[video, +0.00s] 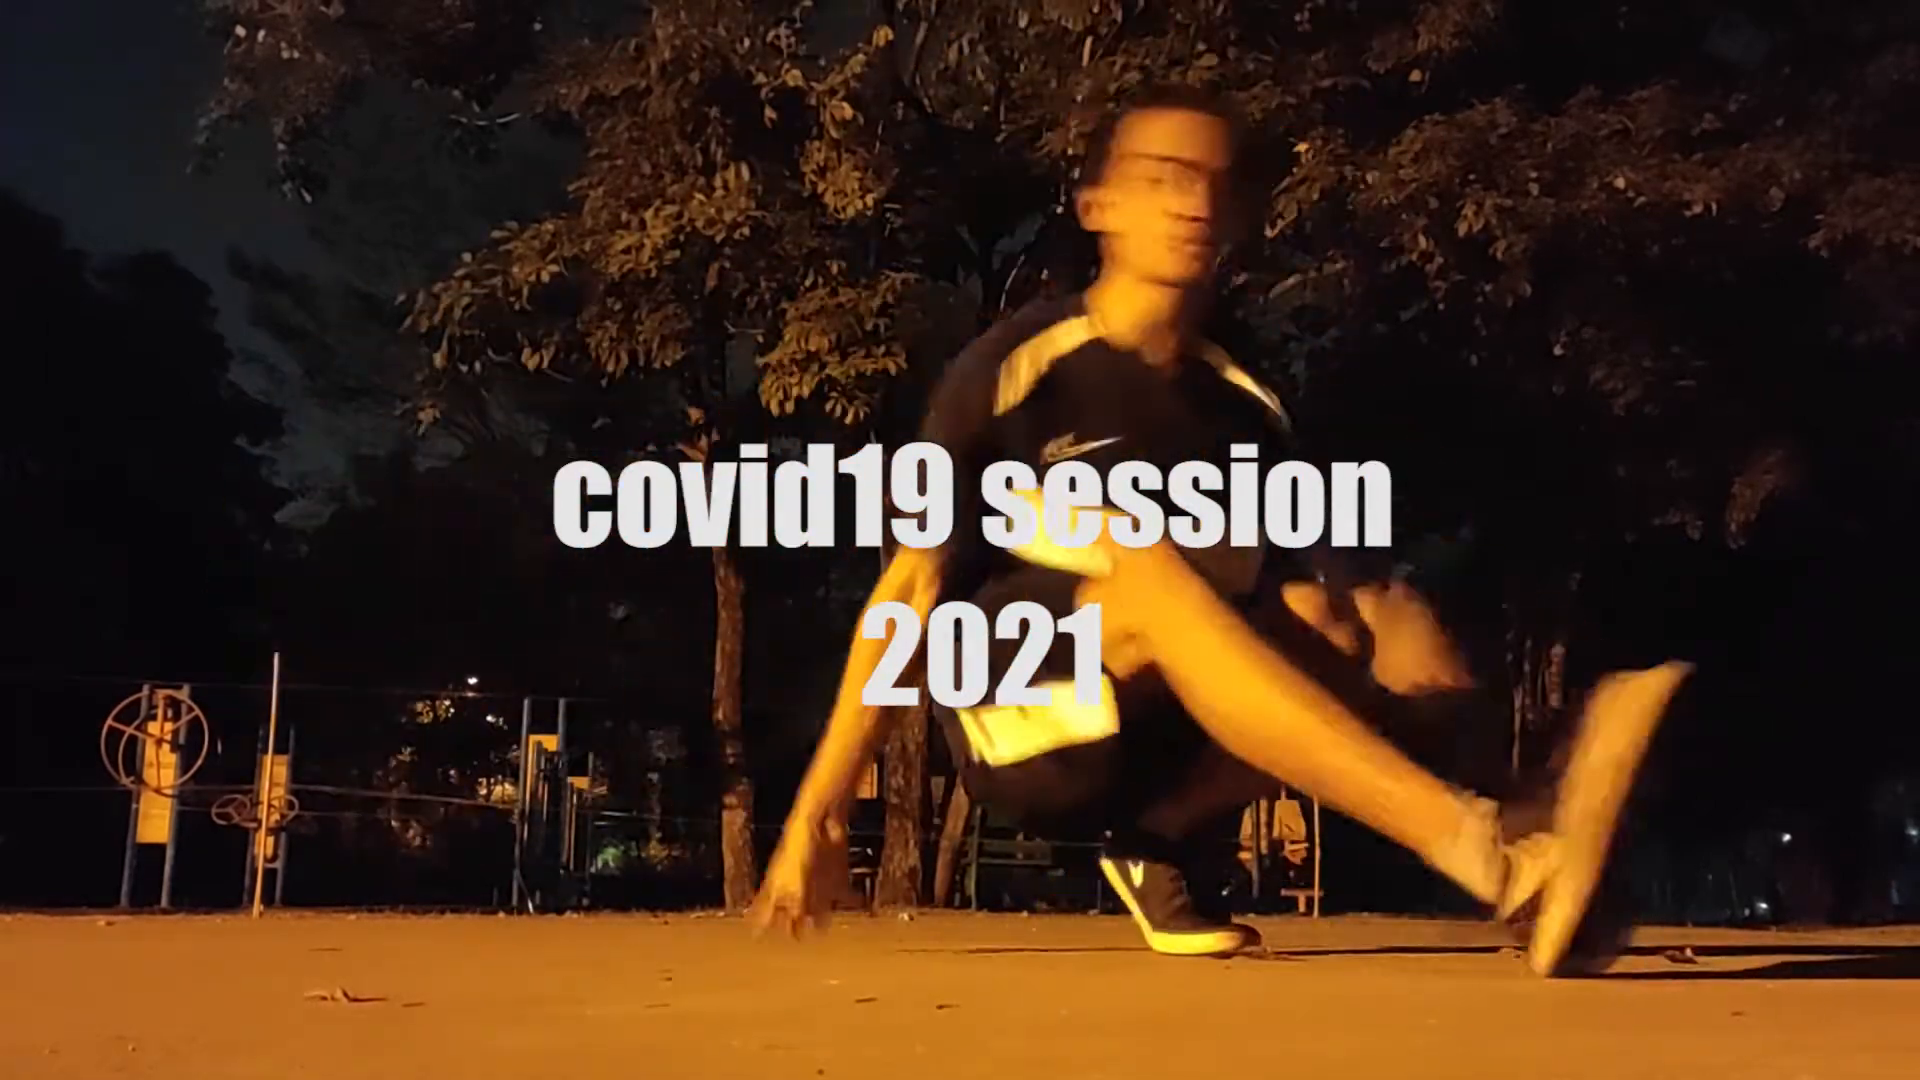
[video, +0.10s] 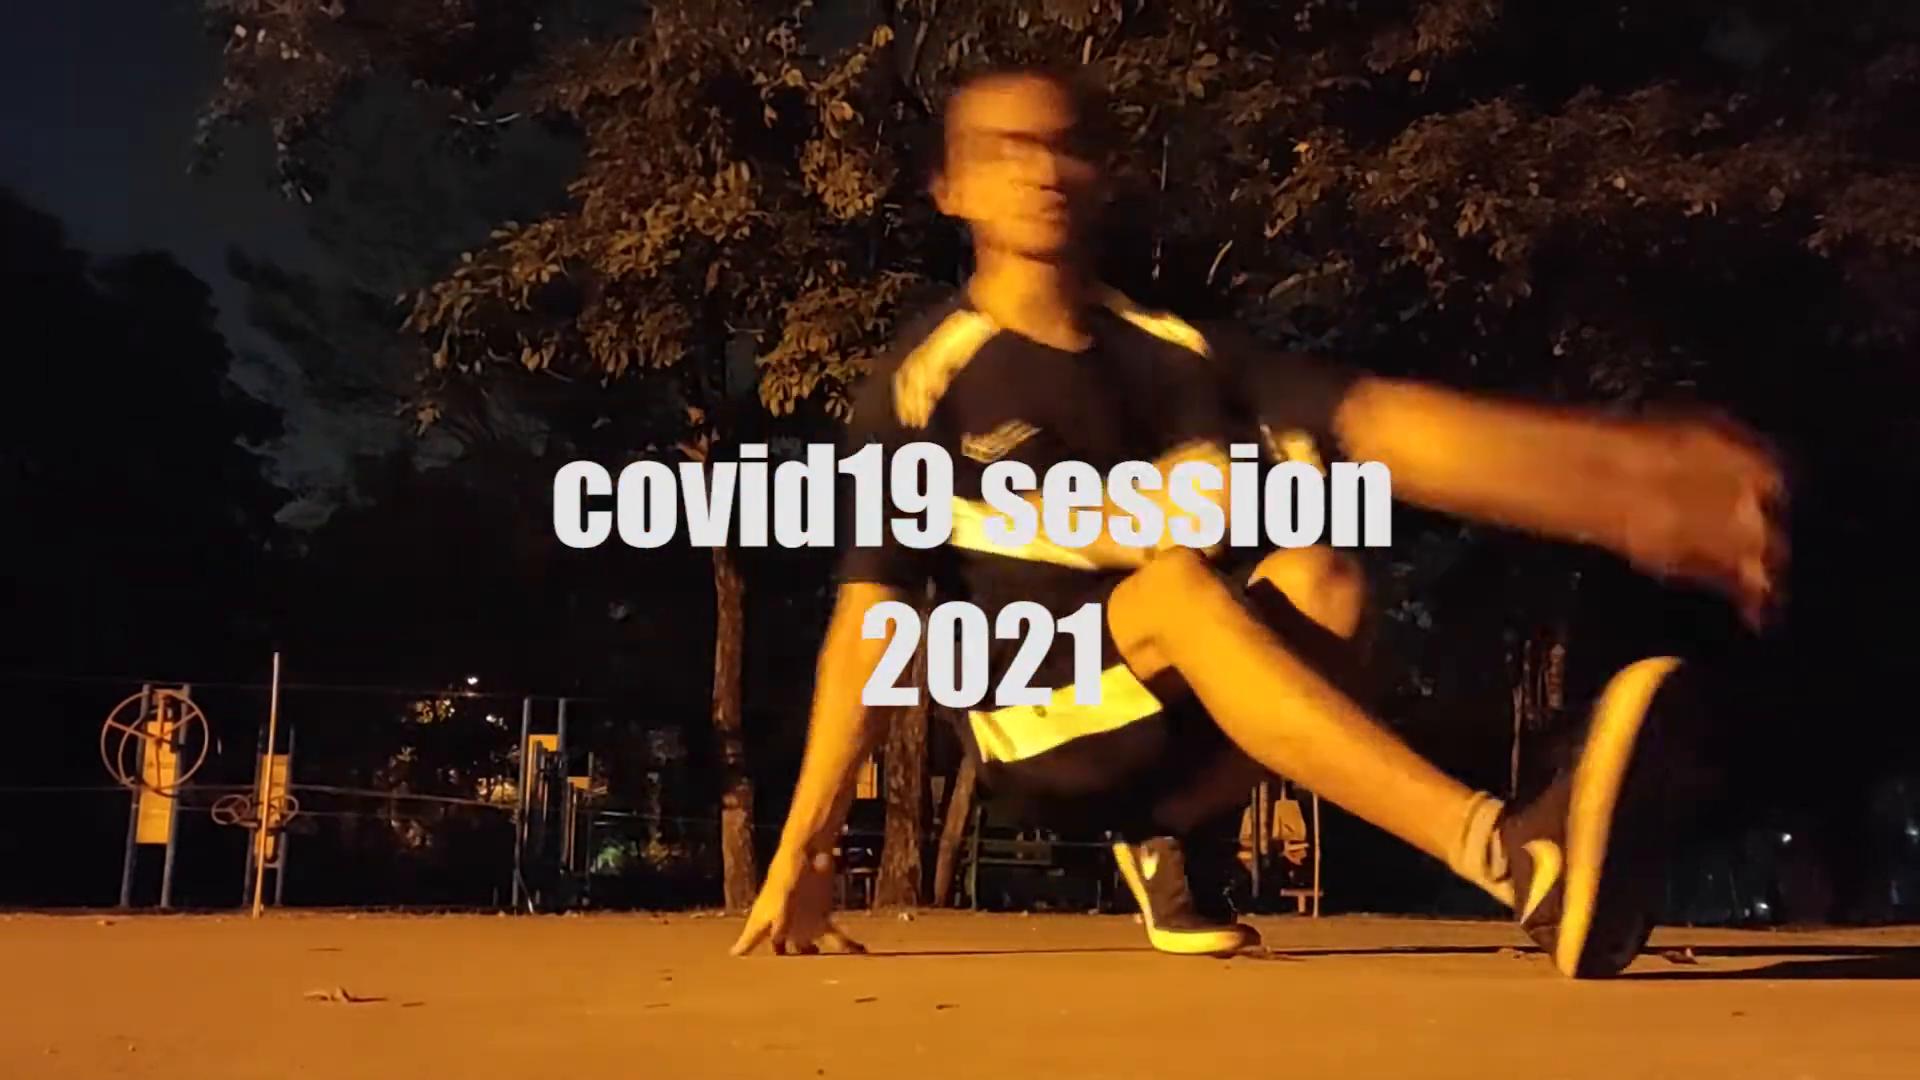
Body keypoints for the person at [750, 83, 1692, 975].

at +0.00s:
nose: (1189, 202)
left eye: (1210, 184)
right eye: (1160, 176)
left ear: (1237, 222)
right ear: (1095, 204)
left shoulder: (1249, 406)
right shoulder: (1000, 377)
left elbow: (1290, 596)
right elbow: (903, 604)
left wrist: (1369, 630)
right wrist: (811, 818)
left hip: (1192, 729)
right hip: (1027, 739)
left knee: (1392, 615)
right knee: (1149, 580)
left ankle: (1160, 842)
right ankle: (1482, 851)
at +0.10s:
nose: (1049, 173)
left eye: (1070, 150)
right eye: (1009, 152)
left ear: (1102, 184)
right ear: (952, 195)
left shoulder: (1179, 358)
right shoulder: (928, 384)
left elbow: (1366, 420)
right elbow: (869, 617)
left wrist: (1615, 475)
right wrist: (804, 849)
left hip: (1205, 711)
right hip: (1044, 743)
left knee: (1328, 549)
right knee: (1172, 585)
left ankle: (1173, 837)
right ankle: (1505, 858)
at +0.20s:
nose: (885, 160)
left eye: (908, 133)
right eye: (849, 144)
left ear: (955, 158)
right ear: (806, 194)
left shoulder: (1071, 277)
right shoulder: (824, 392)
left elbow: (1261, 232)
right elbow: (811, 625)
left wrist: (1442, 84)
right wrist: (788, 864)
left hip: (1169, 592)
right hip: (1010, 669)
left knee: (1273, 462)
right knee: (1139, 601)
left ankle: (1275, 858)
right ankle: (1508, 863)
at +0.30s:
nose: (814, 185)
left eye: (835, 162)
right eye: (778, 176)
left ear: (884, 191)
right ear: (744, 229)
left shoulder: (980, 277)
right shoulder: (767, 425)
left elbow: (1128, 144)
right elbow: (795, 643)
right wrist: (787, 869)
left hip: (1113, 519)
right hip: (971, 615)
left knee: (1183, 317)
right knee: (1055, 583)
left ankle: (1359, 649)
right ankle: (1455, 858)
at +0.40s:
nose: (786, 191)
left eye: (811, 170)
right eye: (753, 184)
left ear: (866, 208)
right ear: (730, 243)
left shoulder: (952, 283)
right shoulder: (742, 423)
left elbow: (1052, 99)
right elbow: (781, 643)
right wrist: (785, 869)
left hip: (1111, 572)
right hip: (952, 664)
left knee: (1191, 303)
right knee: (1007, 547)